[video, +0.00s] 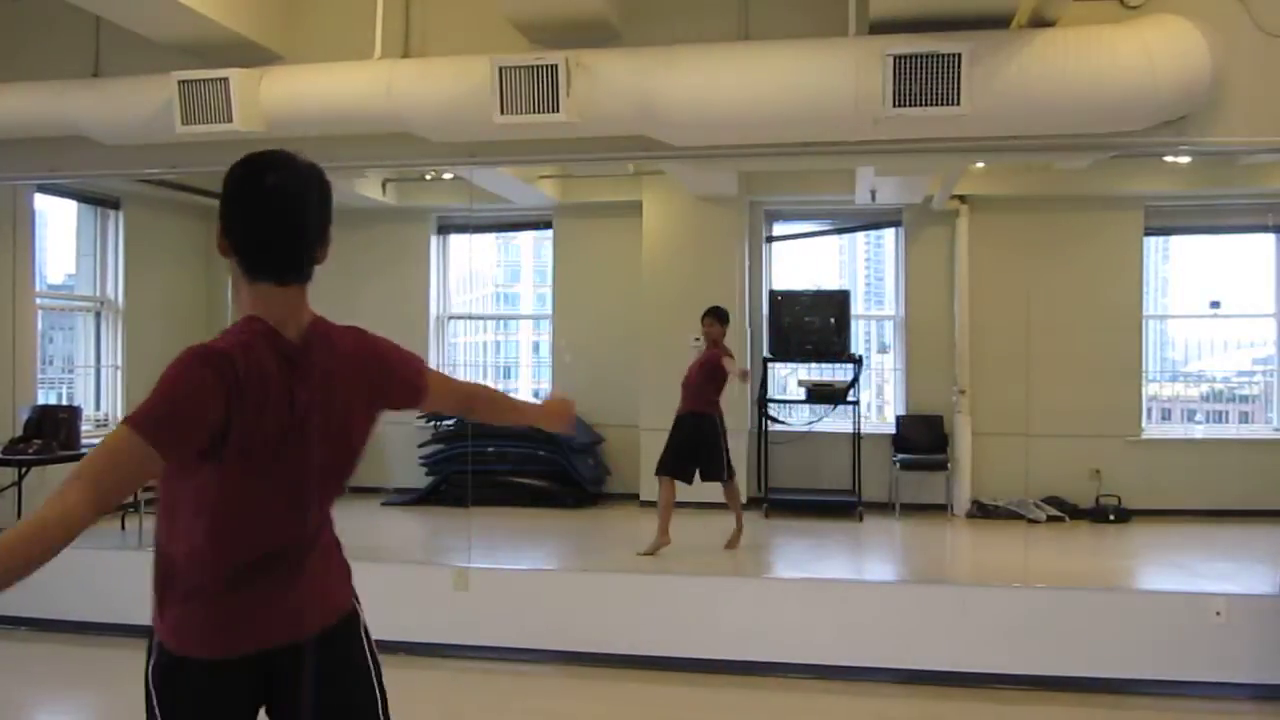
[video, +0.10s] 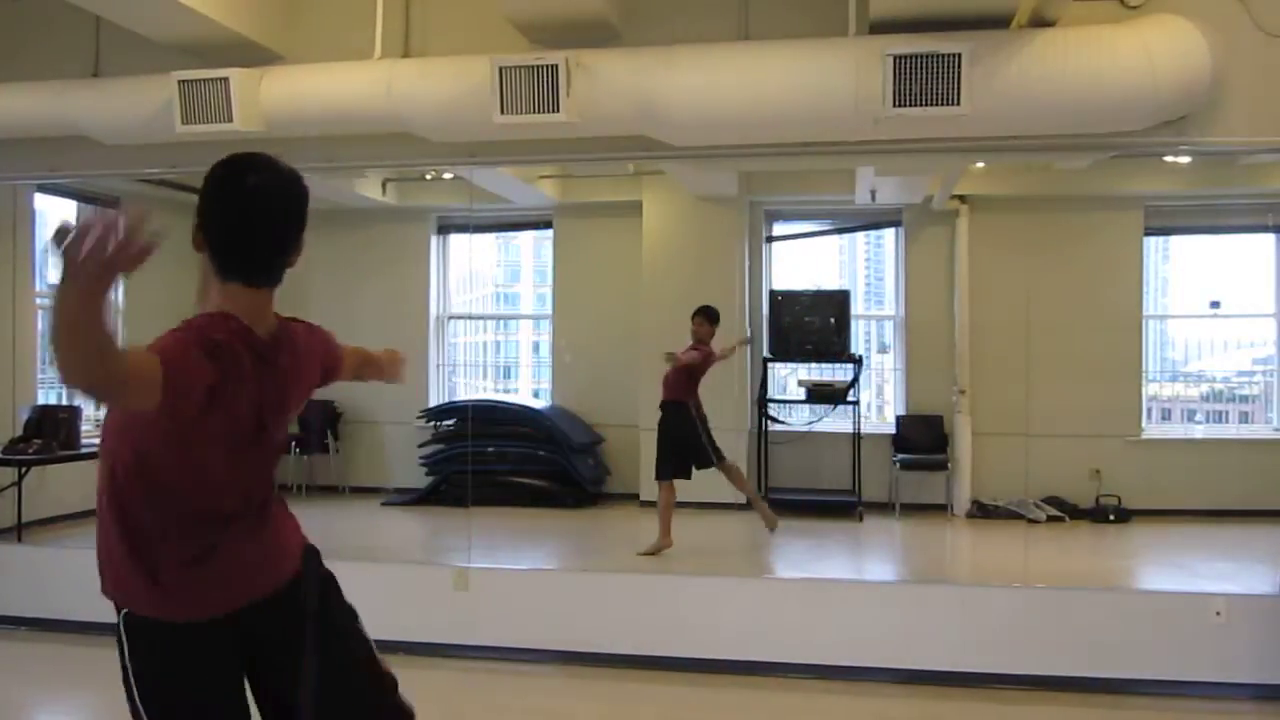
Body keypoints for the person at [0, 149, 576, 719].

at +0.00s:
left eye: (224, 231)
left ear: (227, 245)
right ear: (324, 248)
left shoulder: (204, 375)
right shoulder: (359, 359)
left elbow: (78, 502)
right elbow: (457, 398)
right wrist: (540, 417)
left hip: (205, 650)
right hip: (322, 638)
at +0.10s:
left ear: (199, 239)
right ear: (298, 254)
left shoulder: (185, 359)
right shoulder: (300, 346)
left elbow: (94, 373)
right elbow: (351, 363)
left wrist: (84, 284)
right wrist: (383, 365)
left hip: (173, 611)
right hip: (276, 582)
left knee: (199, 710)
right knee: (357, 704)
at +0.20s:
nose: (182, 229)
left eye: (194, 217)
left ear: (190, 231)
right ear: (284, 256)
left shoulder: (156, 323)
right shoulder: (254, 352)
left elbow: (132, 173)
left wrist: (246, 24)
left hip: (168, 601)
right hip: (263, 557)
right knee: (399, 620)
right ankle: (549, 679)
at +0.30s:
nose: (170, 202)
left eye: (188, 194)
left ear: (189, 215)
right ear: (271, 250)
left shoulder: (162, 287)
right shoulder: (227, 342)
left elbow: (131, 90)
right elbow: (141, 375)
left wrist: (223, 1)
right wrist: (63, 357)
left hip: (179, 576)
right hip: (242, 534)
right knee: (355, 562)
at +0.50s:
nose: (122, 231)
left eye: (134, 221)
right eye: (127, 222)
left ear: (159, 231)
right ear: (212, 240)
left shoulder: (186, 291)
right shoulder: (153, 322)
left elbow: (34, 181)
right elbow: (96, 424)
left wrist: (19, 179)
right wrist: (11, 457)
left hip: (195, 589)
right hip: (147, 576)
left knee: (204, 708)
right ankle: (286, 663)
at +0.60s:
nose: (65, 261)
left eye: (72, 241)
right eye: (69, 242)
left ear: (104, 246)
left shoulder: (167, 325)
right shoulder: (104, 366)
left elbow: (81, 362)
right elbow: (40, 480)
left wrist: (8, 450)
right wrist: (10, 514)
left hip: (198, 612)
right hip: (131, 600)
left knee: (206, 713)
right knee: (120, 711)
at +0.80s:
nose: (145, 263)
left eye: (167, 246)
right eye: (126, 239)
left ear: (185, 243)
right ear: (84, 219)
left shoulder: (204, 345)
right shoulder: (14, 316)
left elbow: (205, 503)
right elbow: (1, 473)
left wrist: (190, 644)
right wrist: (16, 509)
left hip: (150, 588)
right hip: (32, 585)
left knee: (201, 706)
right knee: (31, 705)